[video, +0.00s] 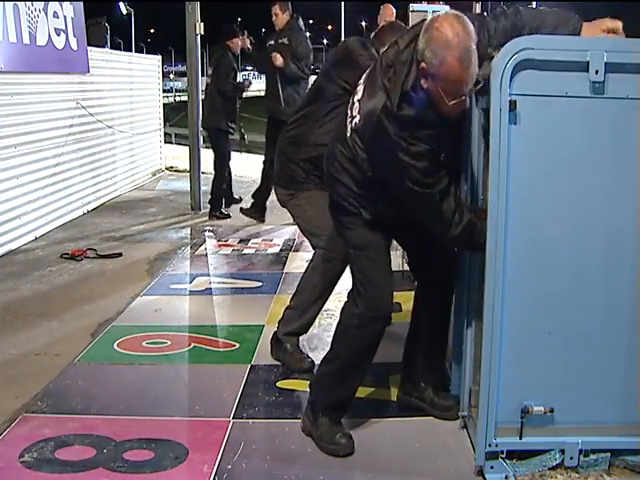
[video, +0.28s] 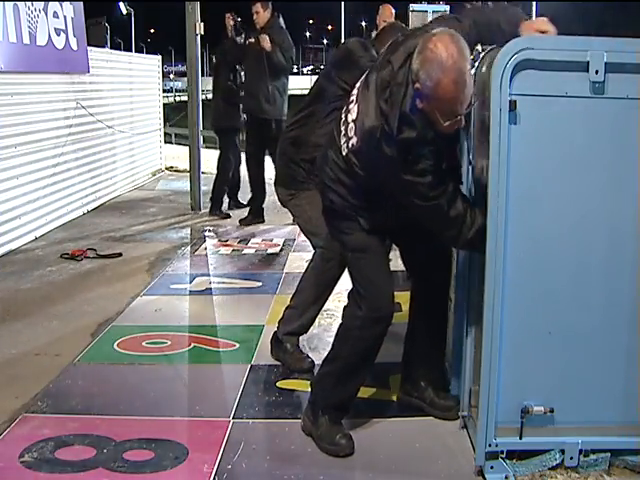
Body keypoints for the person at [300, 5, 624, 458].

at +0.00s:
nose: (464, 101)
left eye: (469, 88)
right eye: (453, 91)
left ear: (475, 55)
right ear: (425, 71)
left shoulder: (458, 34)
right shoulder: (403, 117)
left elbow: (510, 23)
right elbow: (440, 210)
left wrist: (578, 28)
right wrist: (505, 238)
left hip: (411, 187)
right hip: (359, 186)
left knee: (439, 273)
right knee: (374, 300)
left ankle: (420, 382)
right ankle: (322, 409)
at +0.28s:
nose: (455, 120)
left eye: (462, 109)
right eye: (446, 113)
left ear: (467, 75)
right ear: (419, 95)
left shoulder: (443, 43)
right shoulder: (396, 134)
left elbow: (473, 19)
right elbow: (453, 221)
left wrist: (520, 26)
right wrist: (514, 235)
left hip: (410, 188)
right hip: (353, 192)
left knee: (433, 273)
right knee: (375, 303)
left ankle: (421, 380)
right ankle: (322, 410)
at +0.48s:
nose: (444, 130)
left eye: (451, 118)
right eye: (434, 124)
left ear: (459, 85)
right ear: (409, 101)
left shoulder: (411, 39)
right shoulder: (401, 154)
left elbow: (440, 15)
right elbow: (435, 239)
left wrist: (471, 25)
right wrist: (494, 283)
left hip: (397, 194)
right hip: (345, 196)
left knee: (425, 282)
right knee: (371, 306)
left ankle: (423, 384)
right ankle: (322, 409)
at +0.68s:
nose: (437, 101)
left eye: (444, 90)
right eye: (428, 96)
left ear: (452, 56)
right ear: (401, 76)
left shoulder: (411, 29)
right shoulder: (377, 125)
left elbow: (436, 54)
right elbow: (402, 232)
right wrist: (447, 323)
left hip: (387, 185)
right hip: (333, 191)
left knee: (421, 284)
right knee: (363, 301)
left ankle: (424, 387)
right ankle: (322, 411)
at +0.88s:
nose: (433, 85)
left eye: (440, 73)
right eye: (424, 75)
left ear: (448, 48)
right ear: (395, 55)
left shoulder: (432, 48)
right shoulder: (353, 97)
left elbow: (446, 102)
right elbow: (353, 209)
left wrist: (461, 163)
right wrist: (386, 299)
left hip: (388, 184)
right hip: (335, 191)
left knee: (410, 281)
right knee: (348, 300)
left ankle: (420, 389)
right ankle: (322, 411)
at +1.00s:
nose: (430, 84)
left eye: (438, 71)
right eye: (421, 73)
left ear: (446, 47)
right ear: (393, 51)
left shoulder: (433, 55)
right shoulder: (353, 87)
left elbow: (449, 116)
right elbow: (349, 203)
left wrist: (463, 181)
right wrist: (379, 295)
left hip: (384, 182)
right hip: (318, 181)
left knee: (410, 277)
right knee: (348, 289)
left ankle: (416, 388)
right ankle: (322, 411)